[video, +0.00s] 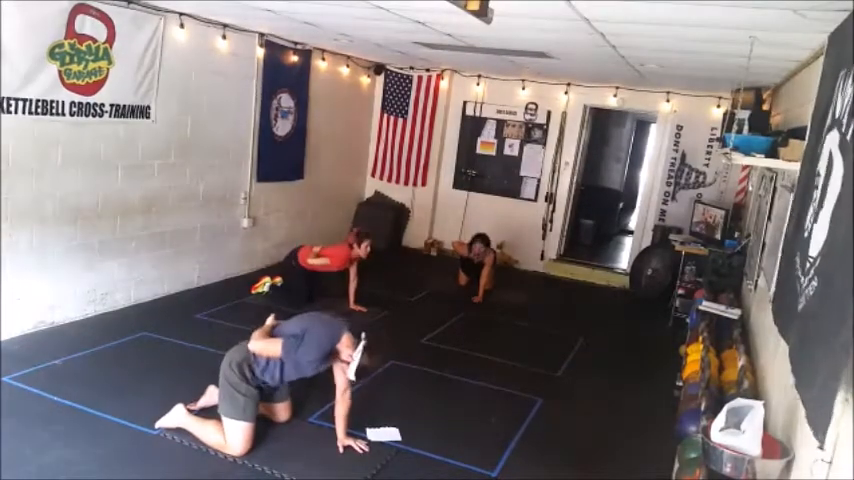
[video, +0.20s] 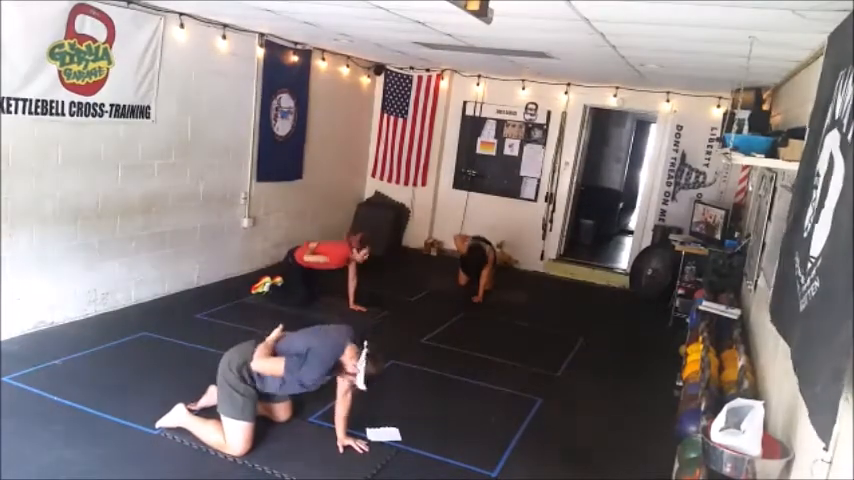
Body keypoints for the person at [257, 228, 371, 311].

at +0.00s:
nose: (369, 250)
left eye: (369, 247)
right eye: (366, 246)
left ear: (361, 247)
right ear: (357, 246)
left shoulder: (352, 257)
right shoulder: (342, 256)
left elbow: (353, 280)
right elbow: (310, 262)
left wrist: (351, 303)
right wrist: (315, 252)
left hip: (303, 254)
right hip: (296, 261)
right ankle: (270, 286)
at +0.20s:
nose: (366, 258)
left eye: (367, 255)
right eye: (364, 254)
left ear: (358, 250)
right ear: (355, 251)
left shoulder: (351, 254)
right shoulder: (339, 257)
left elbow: (352, 279)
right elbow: (305, 258)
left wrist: (351, 303)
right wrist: (312, 247)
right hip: (294, 262)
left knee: (310, 293)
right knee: (301, 297)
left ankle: (277, 284)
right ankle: (270, 288)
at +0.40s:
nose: (351, 266)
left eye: (354, 265)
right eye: (352, 264)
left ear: (358, 253)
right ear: (355, 256)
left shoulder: (350, 245)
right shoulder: (335, 253)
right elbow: (304, 250)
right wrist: (310, 239)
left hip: (313, 261)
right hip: (299, 261)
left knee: (312, 295)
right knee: (300, 298)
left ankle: (279, 285)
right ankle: (268, 290)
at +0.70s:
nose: (362, 263)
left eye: (364, 261)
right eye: (363, 260)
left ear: (361, 253)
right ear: (359, 254)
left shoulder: (351, 253)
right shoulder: (339, 256)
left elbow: (352, 278)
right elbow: (305, 255)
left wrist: (351, 303)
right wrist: (309, 245)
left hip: (304, 262)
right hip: (295, 262)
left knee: (308, 298)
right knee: (300, 301)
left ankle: (276, 283)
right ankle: (268, 290)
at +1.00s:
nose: (368, 250)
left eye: (370, 248)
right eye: (366, 247)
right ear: (357, 245)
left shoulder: (353, 255)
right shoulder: (341, 257)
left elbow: (353, 278)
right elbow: (309, 262)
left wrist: (351, 300)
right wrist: (315, 252)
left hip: (306, 258)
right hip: (295, 261)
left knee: (312, 296)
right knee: (300, 299)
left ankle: (280, 283)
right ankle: (270, 288)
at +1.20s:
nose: (366, 255)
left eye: (368, 252)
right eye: (365, 251)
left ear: (359, 247)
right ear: (356, 245)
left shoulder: (352, 254)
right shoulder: (341, 252)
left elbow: (353, 277)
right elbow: (312, 262)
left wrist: (352, 303)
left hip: (304, 260)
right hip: (294, 261)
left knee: (308, 295)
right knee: (301, 300)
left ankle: (280, 283)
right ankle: (271, 287)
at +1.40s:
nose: (363, 259)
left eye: (365, 257)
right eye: (362, 255)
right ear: (354, 249)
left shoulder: (348, 244)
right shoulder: (338, 253)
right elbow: (335, 283)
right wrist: (336, 309)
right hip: (294, 262)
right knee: (300, 299)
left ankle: (280, 283)